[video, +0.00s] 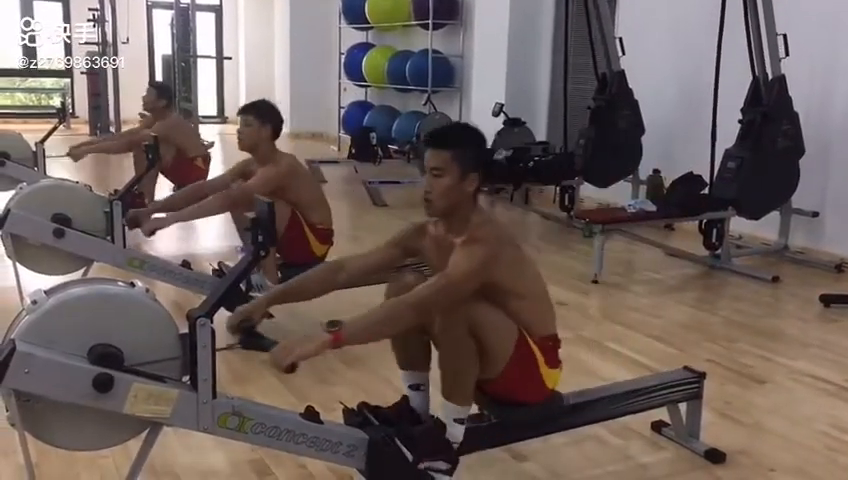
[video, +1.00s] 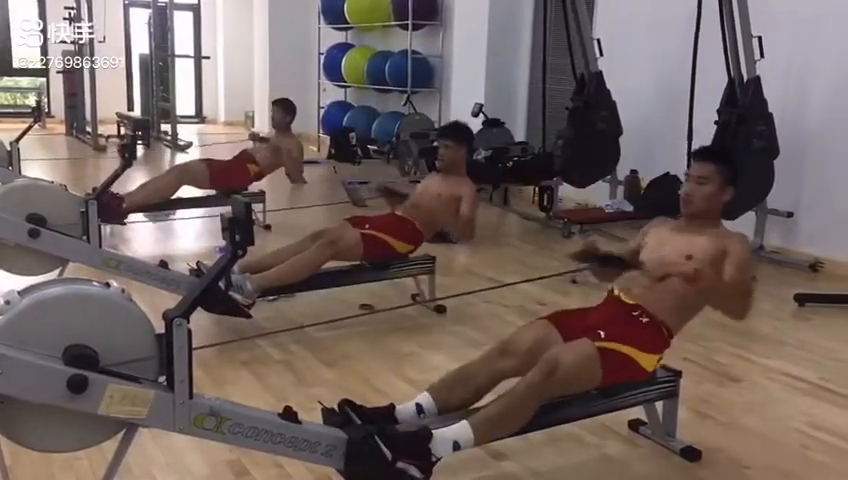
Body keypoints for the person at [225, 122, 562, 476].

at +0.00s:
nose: (426, 186)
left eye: (438, 175)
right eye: (425, 174)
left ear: (471, 182)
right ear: (425, 176)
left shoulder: (484, 246)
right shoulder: (425, 234)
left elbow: (420, 307)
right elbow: (342, 271)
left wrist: (327, 339)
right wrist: (266, 300)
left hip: (529, 376)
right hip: (482, 364)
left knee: (453, 308)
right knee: (403, 285)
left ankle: (450, 437)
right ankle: (417, 410)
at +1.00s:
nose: (688, 188)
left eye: (701, 182)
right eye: (688, 179)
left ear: (726, 194)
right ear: (684, 182)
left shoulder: (733, 243)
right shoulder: (658, 227)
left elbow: (739, 309)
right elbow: (627, 272)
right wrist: (599, 259)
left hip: (639, 337)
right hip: (600, 314)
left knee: (546, 372)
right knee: (509, 350)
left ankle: (432, 452)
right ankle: (397, 419)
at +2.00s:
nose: (614, 167)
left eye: (627, 159)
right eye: (613, 157)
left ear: (656, 166)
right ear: (608, 159)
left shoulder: (668, 226)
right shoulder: (601, 216)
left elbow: (633, 303)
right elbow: (540, 261)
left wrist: (571, 321)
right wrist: (491, 290)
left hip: (639, 338)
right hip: (598, 322)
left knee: (544, 387)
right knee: (500, 368)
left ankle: (432, 454)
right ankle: (395, 422)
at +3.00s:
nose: (547, 172)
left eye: (560, 163)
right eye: (546, 161)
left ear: (590, 170)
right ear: (544, 163)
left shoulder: (607, 231)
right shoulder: (542, 222)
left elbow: (557, 292)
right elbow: (472, 261)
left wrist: (485, 322)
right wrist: (411, 292)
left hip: (601, 356)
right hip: (560, 336)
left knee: (510, 335)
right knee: (465, 313)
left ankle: (439, 452)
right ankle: (407, 423)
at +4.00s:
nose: (491, 181)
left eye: (503, 172)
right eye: (491, 170)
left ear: (534, 181)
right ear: (489, 171)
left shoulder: (548, 239)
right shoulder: (491, 227)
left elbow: (493, 303)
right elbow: (423, 270)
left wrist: (409, 327)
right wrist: (356, 291)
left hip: (571, 361)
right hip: (528, 344)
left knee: (487, 324)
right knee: (437, 300)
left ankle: (445, 450)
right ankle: (410, 423)